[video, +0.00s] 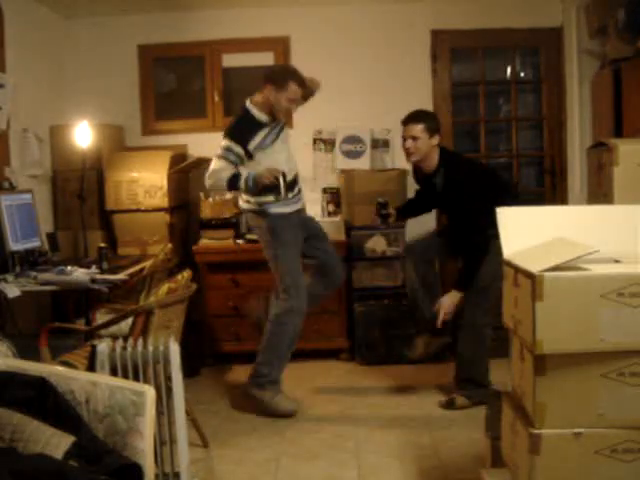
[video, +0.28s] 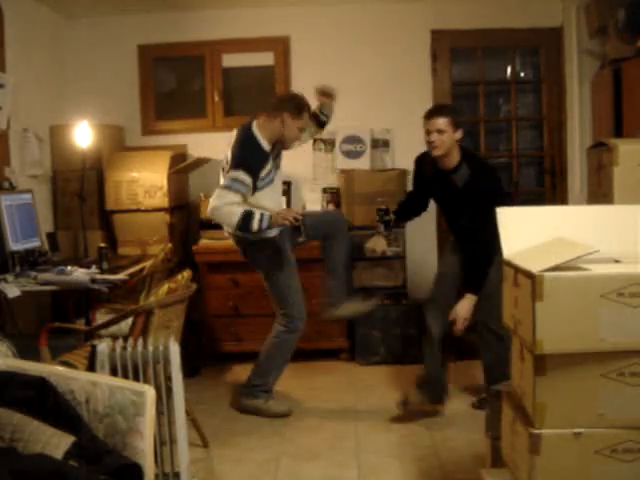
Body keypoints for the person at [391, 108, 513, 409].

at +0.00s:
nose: (406, 145)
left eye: (413, 139)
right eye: (404, 139)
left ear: (434, 139)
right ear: (403, 140)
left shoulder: (462, 173)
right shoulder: (421, 170)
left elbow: (478, 238)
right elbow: (430, 198)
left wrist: (459, 289)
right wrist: (397, 214)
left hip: (495, 235)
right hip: (461, 231)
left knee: (476, 307)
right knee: (416, 252)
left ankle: (474, 387)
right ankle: (431, 328)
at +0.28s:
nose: (431, 139)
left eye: (439, 132)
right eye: (428, 132)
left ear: (457, 134)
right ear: (425, 135)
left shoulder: (482, 173)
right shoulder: (426, 164)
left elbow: (488, 241)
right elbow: (419, 200)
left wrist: (471, 294)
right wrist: (392, 218)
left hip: (489, 251)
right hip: (457, 248)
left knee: (490, 320)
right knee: (436, 312)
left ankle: (496, 390)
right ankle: (432, 393)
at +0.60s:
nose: (434, 126)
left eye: (440, 119)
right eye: (428, 119)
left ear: (450, 121)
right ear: (417, 121)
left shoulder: (467, 148)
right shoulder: (404, 155)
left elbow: (505, 181)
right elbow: (390, 195)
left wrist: (526, 210)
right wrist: (387, 213)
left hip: (474, 230)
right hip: (433, 232)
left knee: (484, 293)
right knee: (430, 300)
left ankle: (503, 355)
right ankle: (429, 377)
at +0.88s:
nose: (453, 124)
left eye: (458, 117)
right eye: (445, 117)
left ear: (463, 118)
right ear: (429, 119)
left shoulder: (474, 148)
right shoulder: (407, 156)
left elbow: (494, 185)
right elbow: (381, 204)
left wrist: (494, 219)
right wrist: (394, 218)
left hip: (469, 231)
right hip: (429, 235)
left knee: (480, 288)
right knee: (435, 304)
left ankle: (484, 356)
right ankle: (428, 379)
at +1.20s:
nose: (493, 104)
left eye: (496, 98)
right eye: (486, 98)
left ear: (498, 102)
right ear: (465, 100)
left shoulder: (493, 138)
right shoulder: (435, 137)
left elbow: (493, 185)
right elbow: (407, 184)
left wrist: (493, 220)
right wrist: (430, 204)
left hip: (472, 224)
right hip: (434, 225)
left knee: (484, 291)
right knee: (437, 294)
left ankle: (479, 369)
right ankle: (423, 374)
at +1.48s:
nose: (511, 128)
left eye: (516, 122)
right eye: (504, 122)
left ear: (521, 128)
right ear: (488, 126)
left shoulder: (515, 169)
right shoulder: (459, 154)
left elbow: (512, 214)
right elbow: (420, 192)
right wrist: (440, 200)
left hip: (486, 245)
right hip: (448, 243)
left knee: (490, 313)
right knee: (459, 314)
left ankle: (490, 380)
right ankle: (476, 392)